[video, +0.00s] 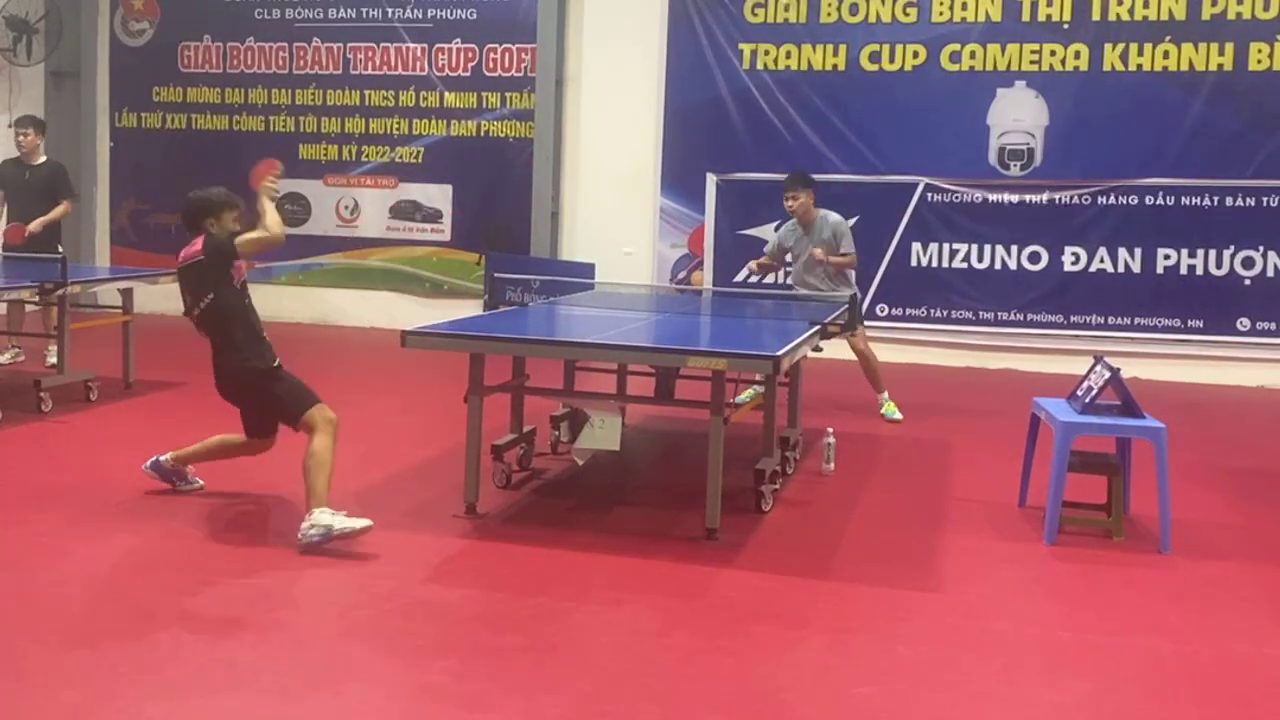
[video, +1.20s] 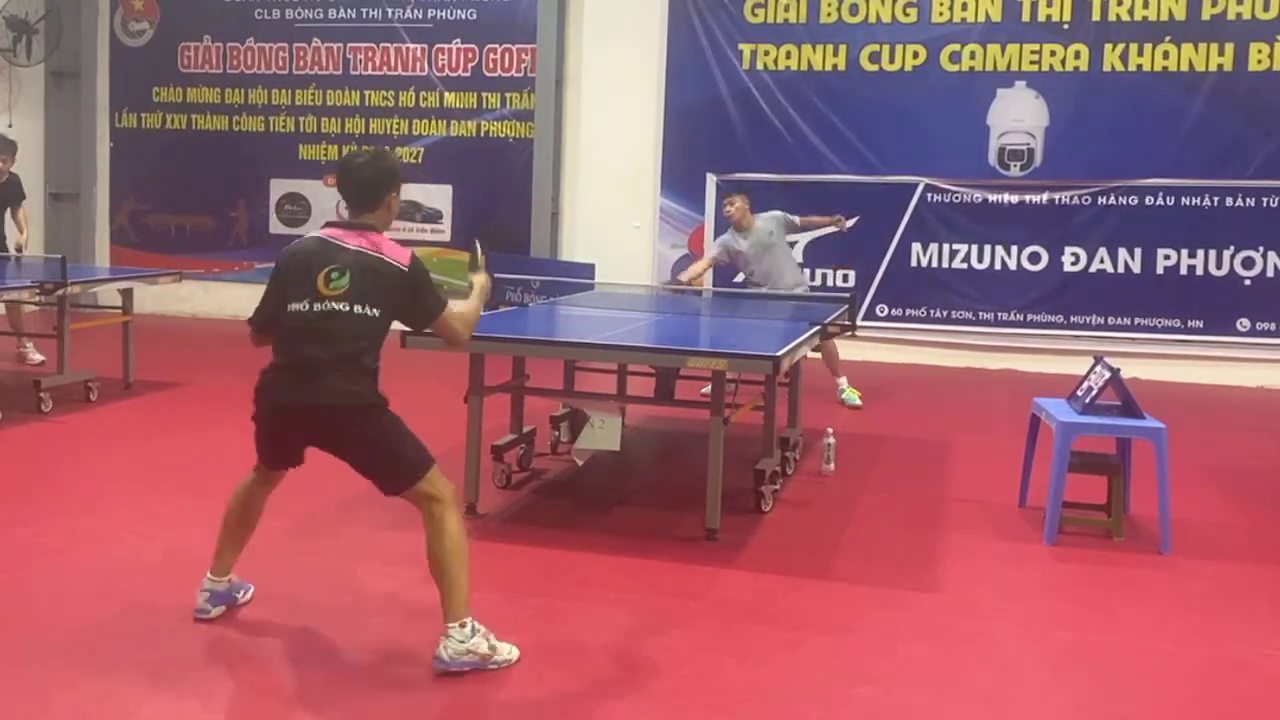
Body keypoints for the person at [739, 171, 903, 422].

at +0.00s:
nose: (789, 205)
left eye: (795, 198)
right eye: (786, 199)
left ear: (811, 197)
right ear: (784, 201)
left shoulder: (835, 223)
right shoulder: (787, 231)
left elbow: (851, 261)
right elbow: (773, 261)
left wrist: (827, 259)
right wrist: (760, 265)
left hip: (840, 300)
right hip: (802, 300)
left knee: (860, 346)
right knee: (772, 335)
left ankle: (884, 399)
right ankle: (761, 386)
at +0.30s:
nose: (786, 220)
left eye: (791, 213)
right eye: (783, 215)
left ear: (805, 209)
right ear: (780, 215)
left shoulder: (832, 222)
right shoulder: (782, 242)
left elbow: (860, 248)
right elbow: (766, 278)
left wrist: (858, 245)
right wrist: (755, 268)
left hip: (842, 299)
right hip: (805, 304)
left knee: (860, 342)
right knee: (780, 339)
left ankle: (884, 399)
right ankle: (763, 387)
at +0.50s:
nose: (787, 189)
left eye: (792, 183)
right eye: (783, 184)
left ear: (804, 183)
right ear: (779, 187)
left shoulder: (825, 206)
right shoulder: (775, 215)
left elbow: (845, 232)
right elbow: (760, 254)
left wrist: (852, 233)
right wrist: (753, 248)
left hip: (824, 290)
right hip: (786, 290)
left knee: (845, 337)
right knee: (770, 336)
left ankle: (859, 392)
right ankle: (763, 386)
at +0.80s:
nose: (786, 187)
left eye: (792, 181)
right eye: (782, 183)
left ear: (803, 182)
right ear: (777, 185)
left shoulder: (824, 210)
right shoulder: (771, 215)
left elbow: (837, 244)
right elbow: (757, 247)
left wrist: (830, 247)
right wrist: (748, 249)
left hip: (817, 286)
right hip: (779, 284)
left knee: (830, 334)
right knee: (744, 321)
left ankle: (838, 387)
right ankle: (727, 380)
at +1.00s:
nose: (768, 212)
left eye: (772, 207)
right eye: (764, 208)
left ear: (786, 206)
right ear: (761, 209)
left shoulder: (808, 227)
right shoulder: (759, 234)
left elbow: (824, 256)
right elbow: (742, 260)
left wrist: (827, 266)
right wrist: (732, 262)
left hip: (806, 295)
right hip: (770, 295)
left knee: (828, 334)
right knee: (736, 326)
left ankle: (838, 388)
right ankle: (722, 380)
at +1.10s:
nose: (744, 217)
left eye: (749, 211)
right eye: (742, 213)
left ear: (765, 211)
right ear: (742, 217)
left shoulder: (793, 229)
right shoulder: (745, 245)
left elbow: (822, 248)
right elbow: (718, 273)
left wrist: (841, 263)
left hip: (808, 299)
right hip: (773, 302)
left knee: (828, 335)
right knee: (739, 330)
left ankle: (839, 388)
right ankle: (726, 381)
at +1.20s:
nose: (726, 210)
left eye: (731, 204)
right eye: (724, 207)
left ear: (747, 205)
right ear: (725, 212)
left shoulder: (773, 219)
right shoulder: (727, 242)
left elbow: (802, 222)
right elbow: (704, 263)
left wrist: (831, 221)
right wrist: (681, 279)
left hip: (797, 292)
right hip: (760, 296)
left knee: (824, 334)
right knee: (731, 331)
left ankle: (843, 386)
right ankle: (720, 380)